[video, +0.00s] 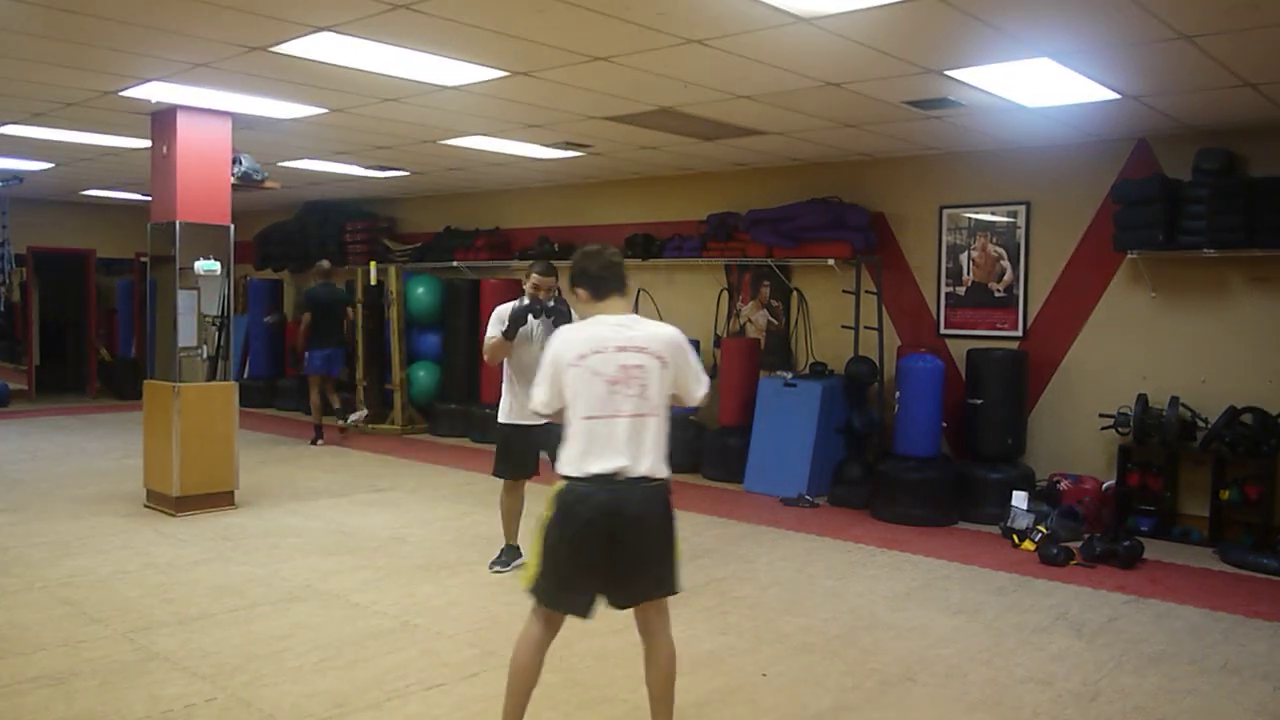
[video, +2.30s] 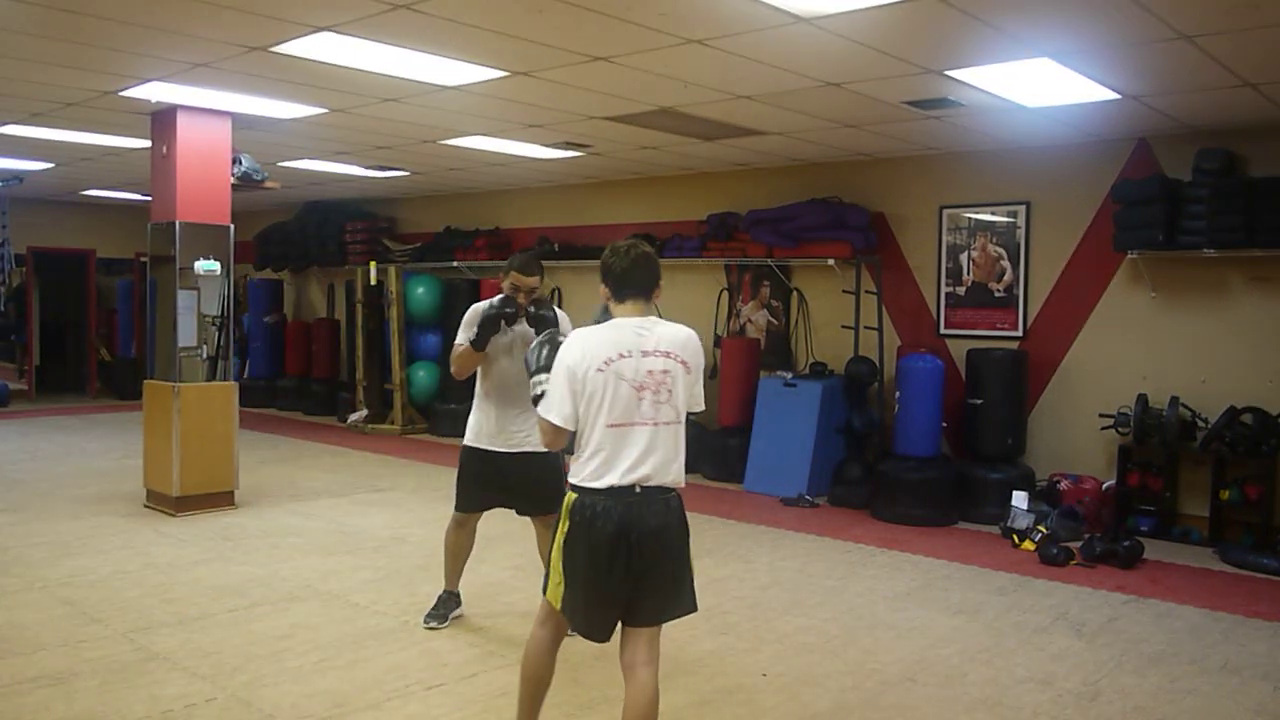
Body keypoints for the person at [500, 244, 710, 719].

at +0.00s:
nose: (571, 302)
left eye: (570, 294)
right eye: (569, 295)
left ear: (579, 293)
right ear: (627, 288)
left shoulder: (566, 340)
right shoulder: (667, 337)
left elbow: (545, 407)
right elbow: (697, 398)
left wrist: (597, 398)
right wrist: (647, 383)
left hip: (580, 503)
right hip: (646, 503)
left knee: (542, 623)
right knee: (655, 628)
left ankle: (510, 716)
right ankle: (663, 718)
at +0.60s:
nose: (637, 299)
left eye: (635, 290)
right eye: (636, 290)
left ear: (645, 287)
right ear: (686, 281)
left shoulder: (632, 333)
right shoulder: (725, 332)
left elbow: (587, 394)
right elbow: (730, 390)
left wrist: (636, 385)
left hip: (633, 495)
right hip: (697, 497)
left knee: (602, 612)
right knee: (683, 632)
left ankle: (585, 716)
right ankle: (673, 718)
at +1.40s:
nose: (575, 289)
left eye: (575, 282)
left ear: (576, 286)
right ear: (629, 283)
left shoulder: (554, 343)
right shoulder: (661, 337)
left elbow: (552, 422)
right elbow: (662, 407)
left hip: (575, 511)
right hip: (647, 511)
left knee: (561, 649)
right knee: (657, 637)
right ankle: (656, 718)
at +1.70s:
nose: (585, 285)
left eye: (586, 279)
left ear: (591, 283)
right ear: (643, 282)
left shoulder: (562, 340)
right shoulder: (672, 331)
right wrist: (601, 314)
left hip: (580, 512)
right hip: (651, 512)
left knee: (564, 653)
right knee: (640, 659)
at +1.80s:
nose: (601, 286)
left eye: (603, 279)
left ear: (606, 283)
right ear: (658, 287)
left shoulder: (571, 338)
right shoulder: (678, 329)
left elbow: (547, 429)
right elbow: (630, 325)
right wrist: (582, 307)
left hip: (586, 512)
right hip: (656, 511)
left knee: (567, 653)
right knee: (642, 660)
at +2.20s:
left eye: (616, 283)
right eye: (670, 286)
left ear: (615, 287)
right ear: (668, 289)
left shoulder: (589, 343)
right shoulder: (692, 339)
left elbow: (563, 436)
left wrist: (549, 380)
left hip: (596, 511)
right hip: (666, 512)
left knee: (555, 623)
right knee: (644, 654)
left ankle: (539, 716)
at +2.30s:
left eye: (600, 285)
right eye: (660, 286)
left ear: (605, 289)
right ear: (658, 289)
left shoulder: (579, 345)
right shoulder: (685, 340)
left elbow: (551, 438)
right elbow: (687, 408)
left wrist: (541, 376)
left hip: (591, 513)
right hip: (661, 513)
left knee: (550, 624)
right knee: (642, 657)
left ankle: (525, 716)